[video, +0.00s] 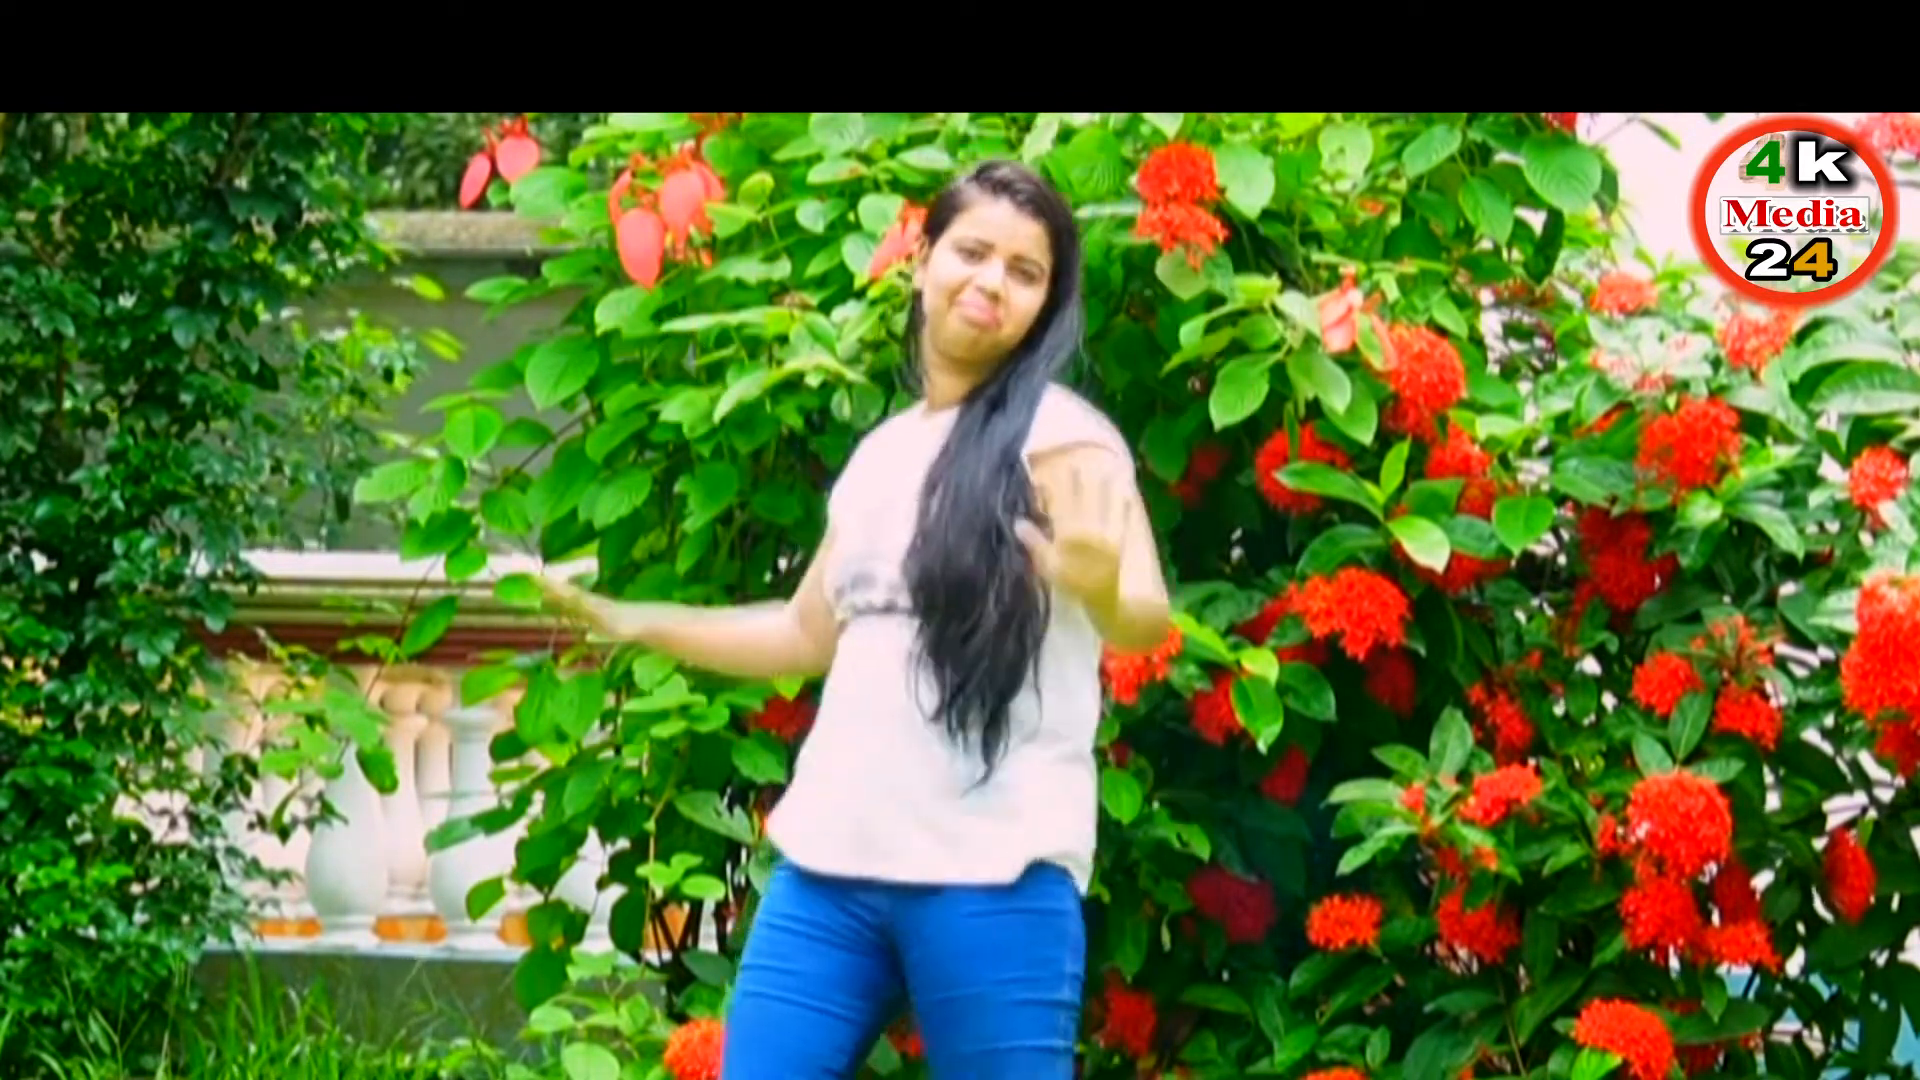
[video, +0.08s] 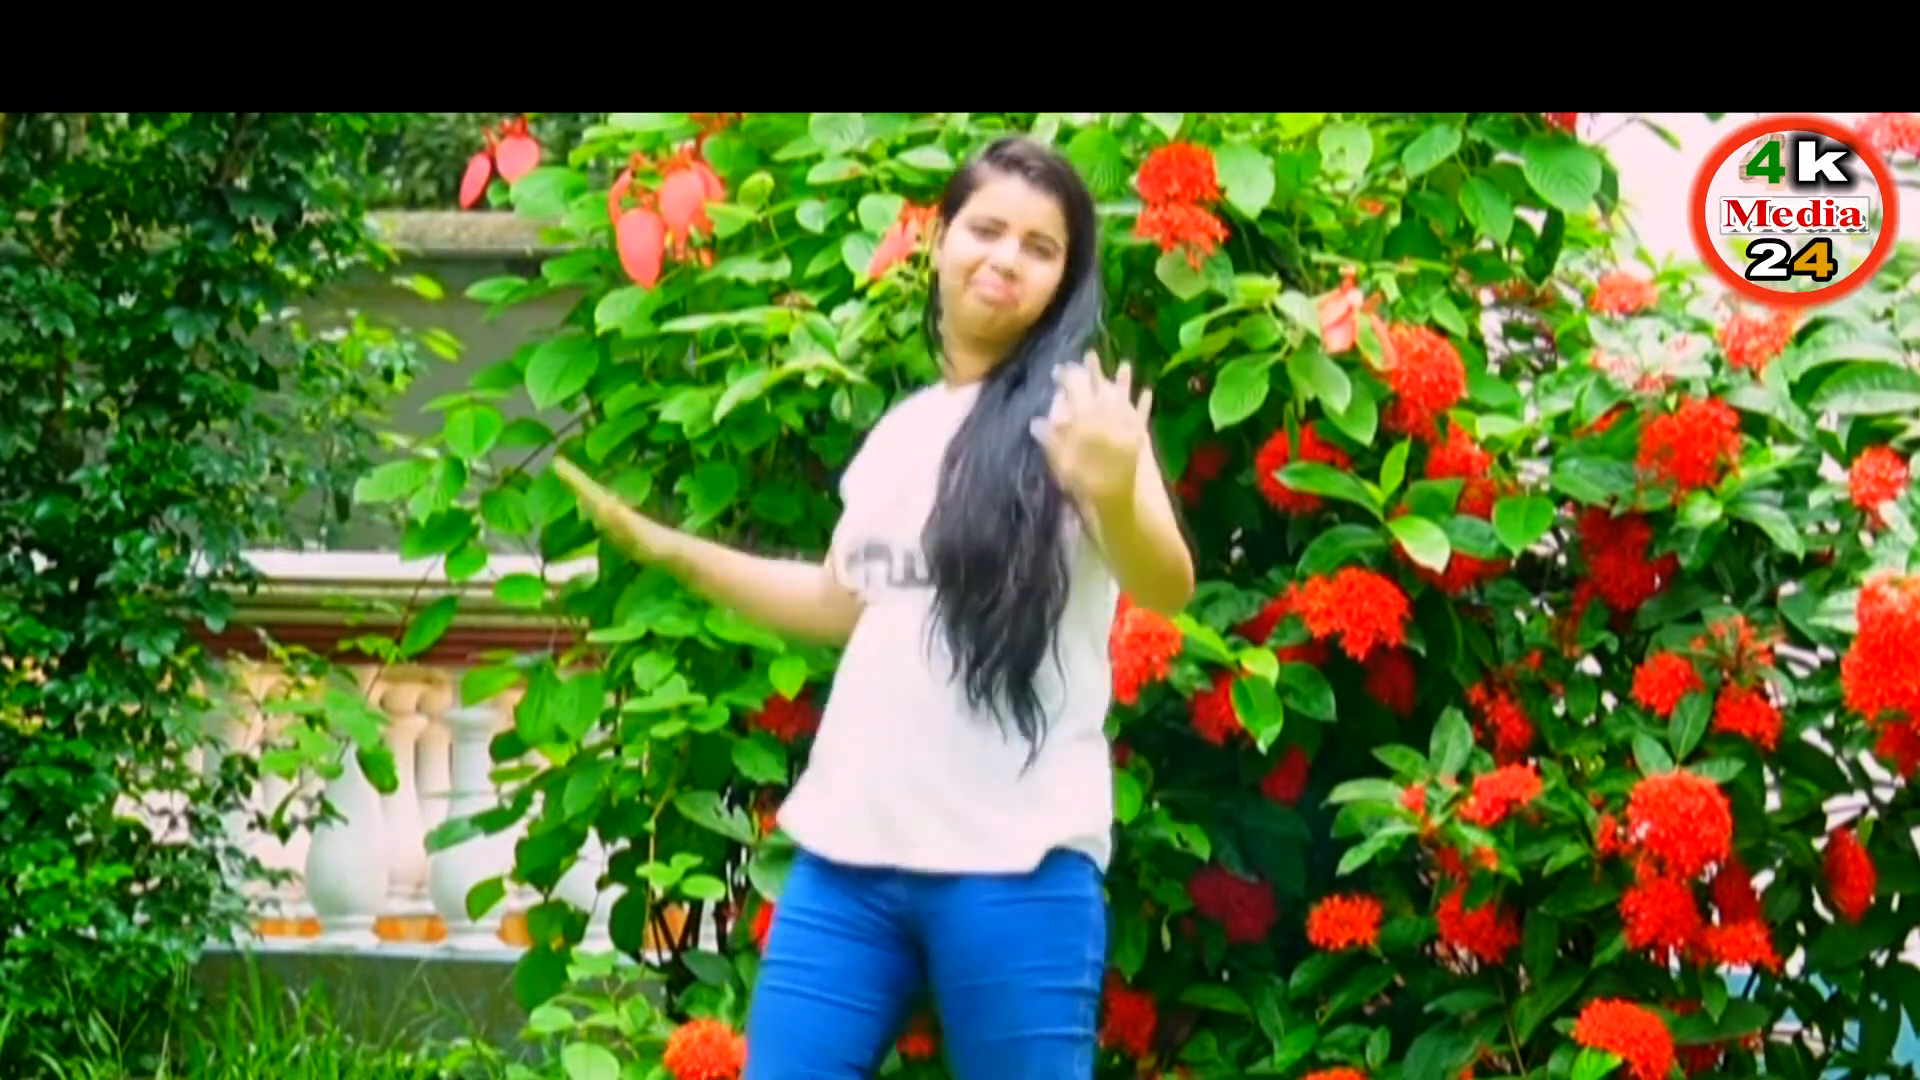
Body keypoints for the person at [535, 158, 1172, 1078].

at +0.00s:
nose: (989, 283)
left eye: (1023, 271)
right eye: (972, 251)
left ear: (1047, 304)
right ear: (923, 261)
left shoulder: (1067, 433)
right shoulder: (879, 452)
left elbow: (1148, 627)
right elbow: (804, 634)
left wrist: (1102, 593)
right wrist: (631, 622)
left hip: (995, 878)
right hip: (825, 865)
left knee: (1008, 1067)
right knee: (758, 1065)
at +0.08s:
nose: (1003, 260)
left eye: (1037, 247)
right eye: (984, 229)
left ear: (1067, 281)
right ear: (938, 240)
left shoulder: (1090, 411)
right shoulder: (899, 431)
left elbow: (1169, 589)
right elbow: (840, 606)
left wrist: (1113, 497)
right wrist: (670, 549)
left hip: (1019, 866)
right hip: (845, 851)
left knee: (1027, 1069)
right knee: (781, 1069)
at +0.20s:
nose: (1039, 233)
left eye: (1072, 218)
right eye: (1020, 205)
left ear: (1104, 255)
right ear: (977, 224)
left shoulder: (1110, 390)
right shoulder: (917, 410)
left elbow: (1208, 558)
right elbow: (875, 577)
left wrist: (1165, 388)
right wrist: (757, 444)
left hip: (1068, 850)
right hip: (902, 851)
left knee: (1077, 1070)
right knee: (833, 1070)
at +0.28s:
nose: (1057, 234)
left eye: (1088, 218)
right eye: (1036, 205)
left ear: (1121, 253)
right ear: (990, 223)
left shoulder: (1129, 392)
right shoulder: (944, 406)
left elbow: (1219, 569)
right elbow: (889, 581)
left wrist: (1183, 389)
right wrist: (787, 443)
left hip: (1086, 846)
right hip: (930, 848)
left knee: (1089, 1071)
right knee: (852, 1069)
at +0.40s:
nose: (1082, 246)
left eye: (1116, 231)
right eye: (1063, 215)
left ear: (1151, 266)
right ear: (1020, 233)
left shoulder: (1155, 405)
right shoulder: (979, 412)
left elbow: (1220, 583)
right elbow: (915, 587)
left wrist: (1189, 408)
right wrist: (766, 470)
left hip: (1101, 838)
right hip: (950, 834)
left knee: (1078, 1071)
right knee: (867, 1069)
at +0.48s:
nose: (1090, 256)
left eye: (1125, 241)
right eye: (1073, 225)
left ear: (1159, 275)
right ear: (1029, 239)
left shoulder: (1164, 405)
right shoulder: (995, 424)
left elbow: (1234, 582)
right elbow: (917, 586)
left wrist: (1193, 413)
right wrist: (775, 476)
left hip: (1105, 852)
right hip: (951, 845)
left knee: (1075, 1071)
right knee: (868, 1069)